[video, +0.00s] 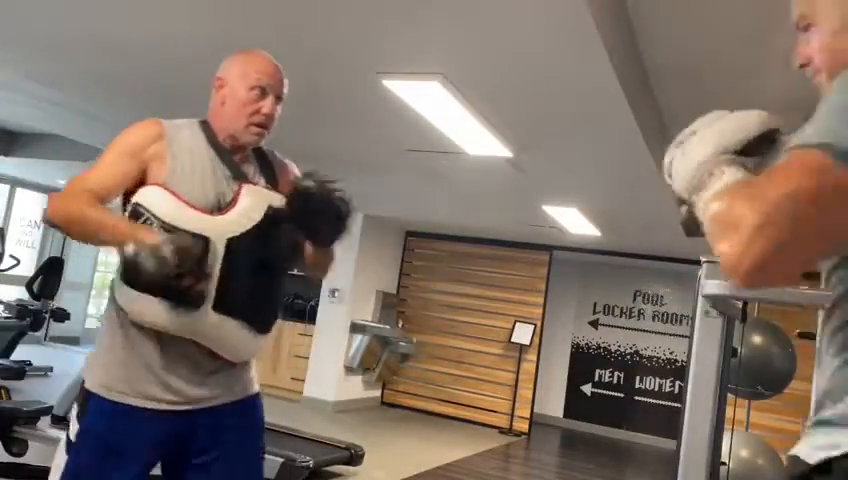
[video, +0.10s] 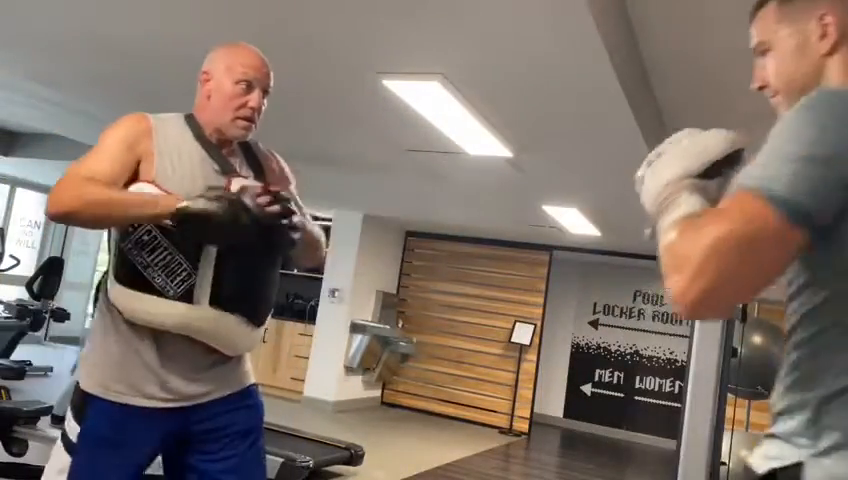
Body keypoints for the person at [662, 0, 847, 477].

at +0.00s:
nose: (799, 56)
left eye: (808, 25)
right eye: (799, 33)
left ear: (845, 18)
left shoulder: (842, 99)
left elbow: (756, 250)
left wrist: (708, 174)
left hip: (837, 442)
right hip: (829, 441)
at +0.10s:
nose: (758, 81)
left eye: (765, 51)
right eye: (757, 58)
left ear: (826, 30)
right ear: (827, 32)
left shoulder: (832, 115)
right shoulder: (827, 119)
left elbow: (697, 285)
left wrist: (673, 190)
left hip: (823, 453)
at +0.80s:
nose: (666, 153)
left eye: (673, 132)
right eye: (665, 137)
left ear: (719, 119)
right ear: (723, 118)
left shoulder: (744, 179)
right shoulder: (817, 195)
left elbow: (669, 282)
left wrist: (617, 233)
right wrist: (678, 224)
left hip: (735, 445)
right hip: (802, 451)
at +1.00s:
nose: (630, 157)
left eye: (638, 139)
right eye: (628, 143)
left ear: (684, 129)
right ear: (685, 130)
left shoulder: (728, 190)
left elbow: (649, 276)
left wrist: (594, 210)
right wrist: (629, 219)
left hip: (715, 439)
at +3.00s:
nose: (535, 175)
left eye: (545, 164)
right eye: (533, 166)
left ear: (574, 168)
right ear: (529, 170)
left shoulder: (603, 217)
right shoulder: (538, 225)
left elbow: (599, 265)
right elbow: (506, 284)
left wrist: (555, 219)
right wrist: (503, 229)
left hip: (568, 373)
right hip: (526, 367)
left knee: (549, 472)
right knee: (512, 467)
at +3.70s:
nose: (487, 182)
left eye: (497, 172)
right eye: (484, 173)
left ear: (525, 172)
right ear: (481, 174)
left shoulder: (557, 224)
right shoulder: (498, 226)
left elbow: (539, 277)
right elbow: (462, 284)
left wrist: (499, 223)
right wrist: (455, 234)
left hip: (530, 373)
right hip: (495, 369)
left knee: (491, 471)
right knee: (470, 466)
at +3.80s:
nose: (484, 180)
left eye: (494, 170)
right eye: (481, 171)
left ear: (522, 169)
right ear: (476, 171)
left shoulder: (554, 219)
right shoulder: (496, 225)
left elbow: (536, 266)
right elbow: (457, 280)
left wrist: (497, 212)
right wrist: (453, 226)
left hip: (526, 370)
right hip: (491, 366)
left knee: (493, 471)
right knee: (473, 467)